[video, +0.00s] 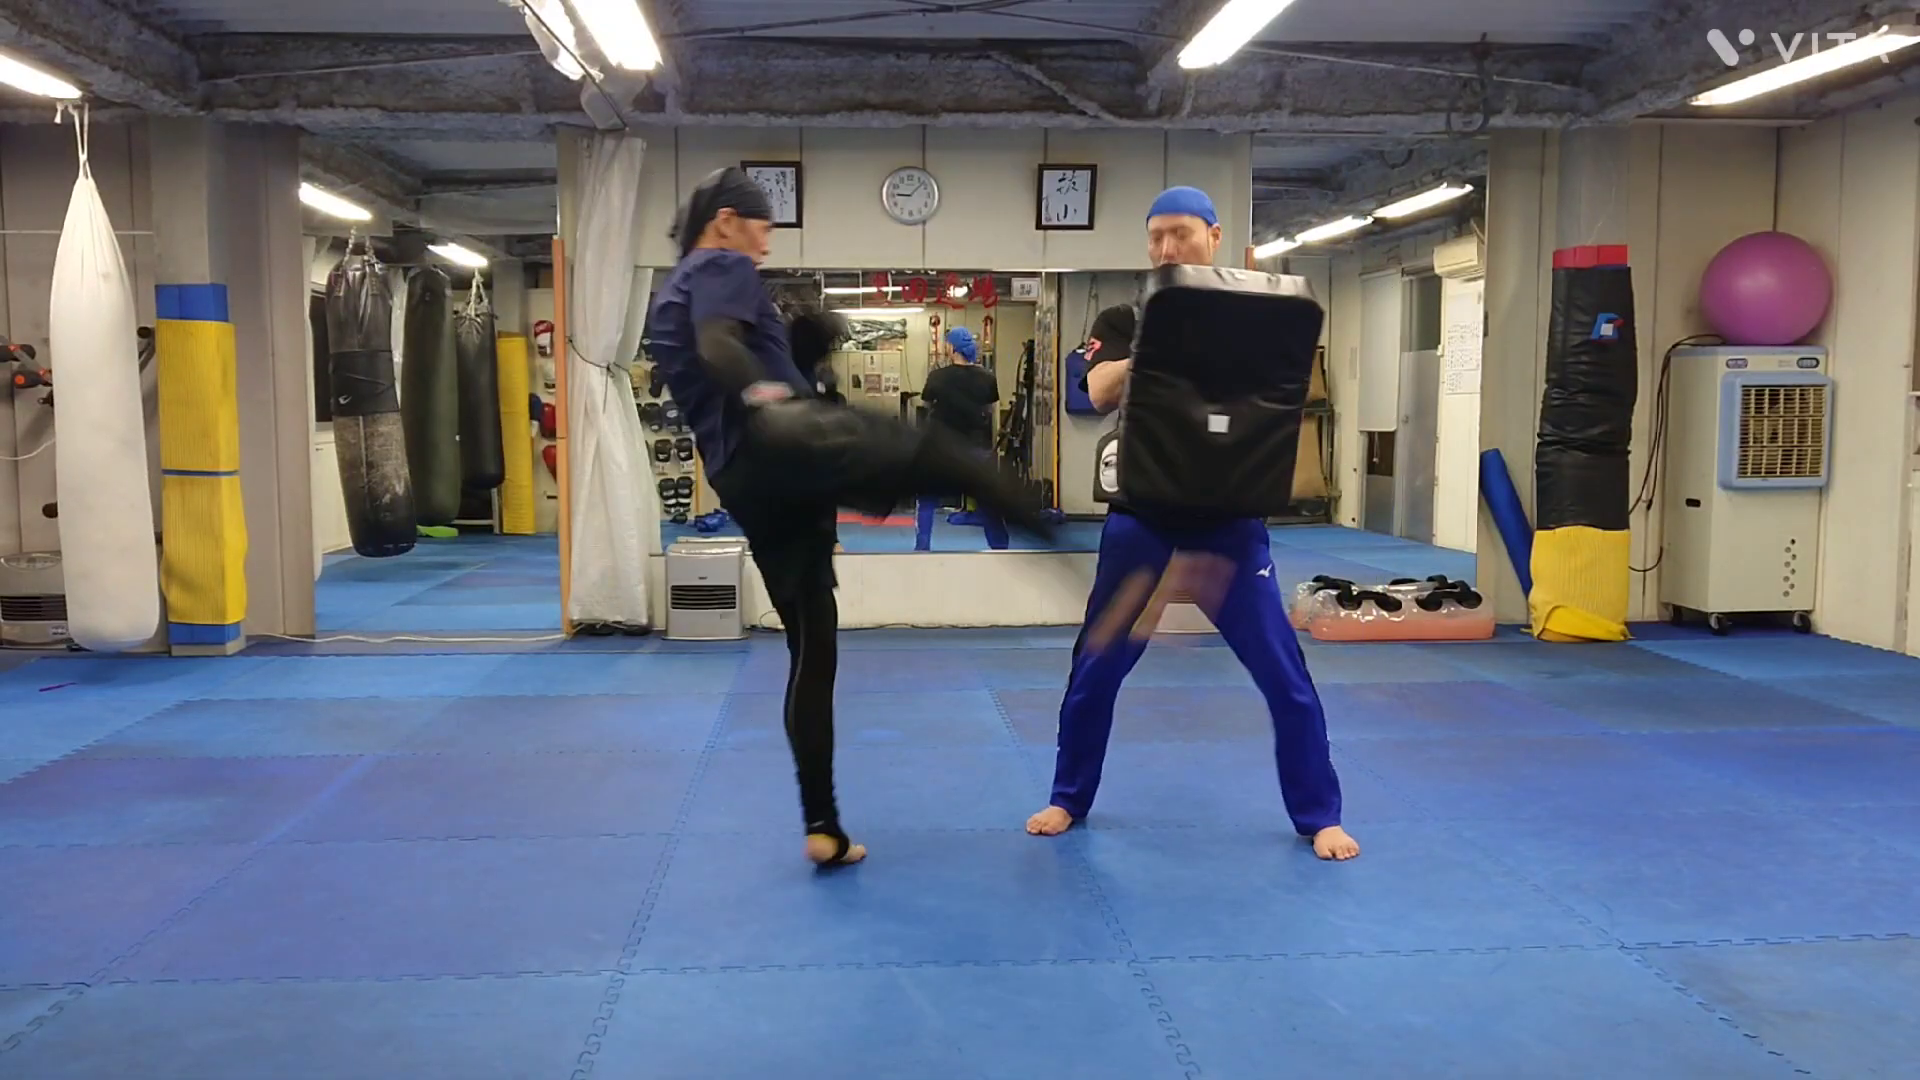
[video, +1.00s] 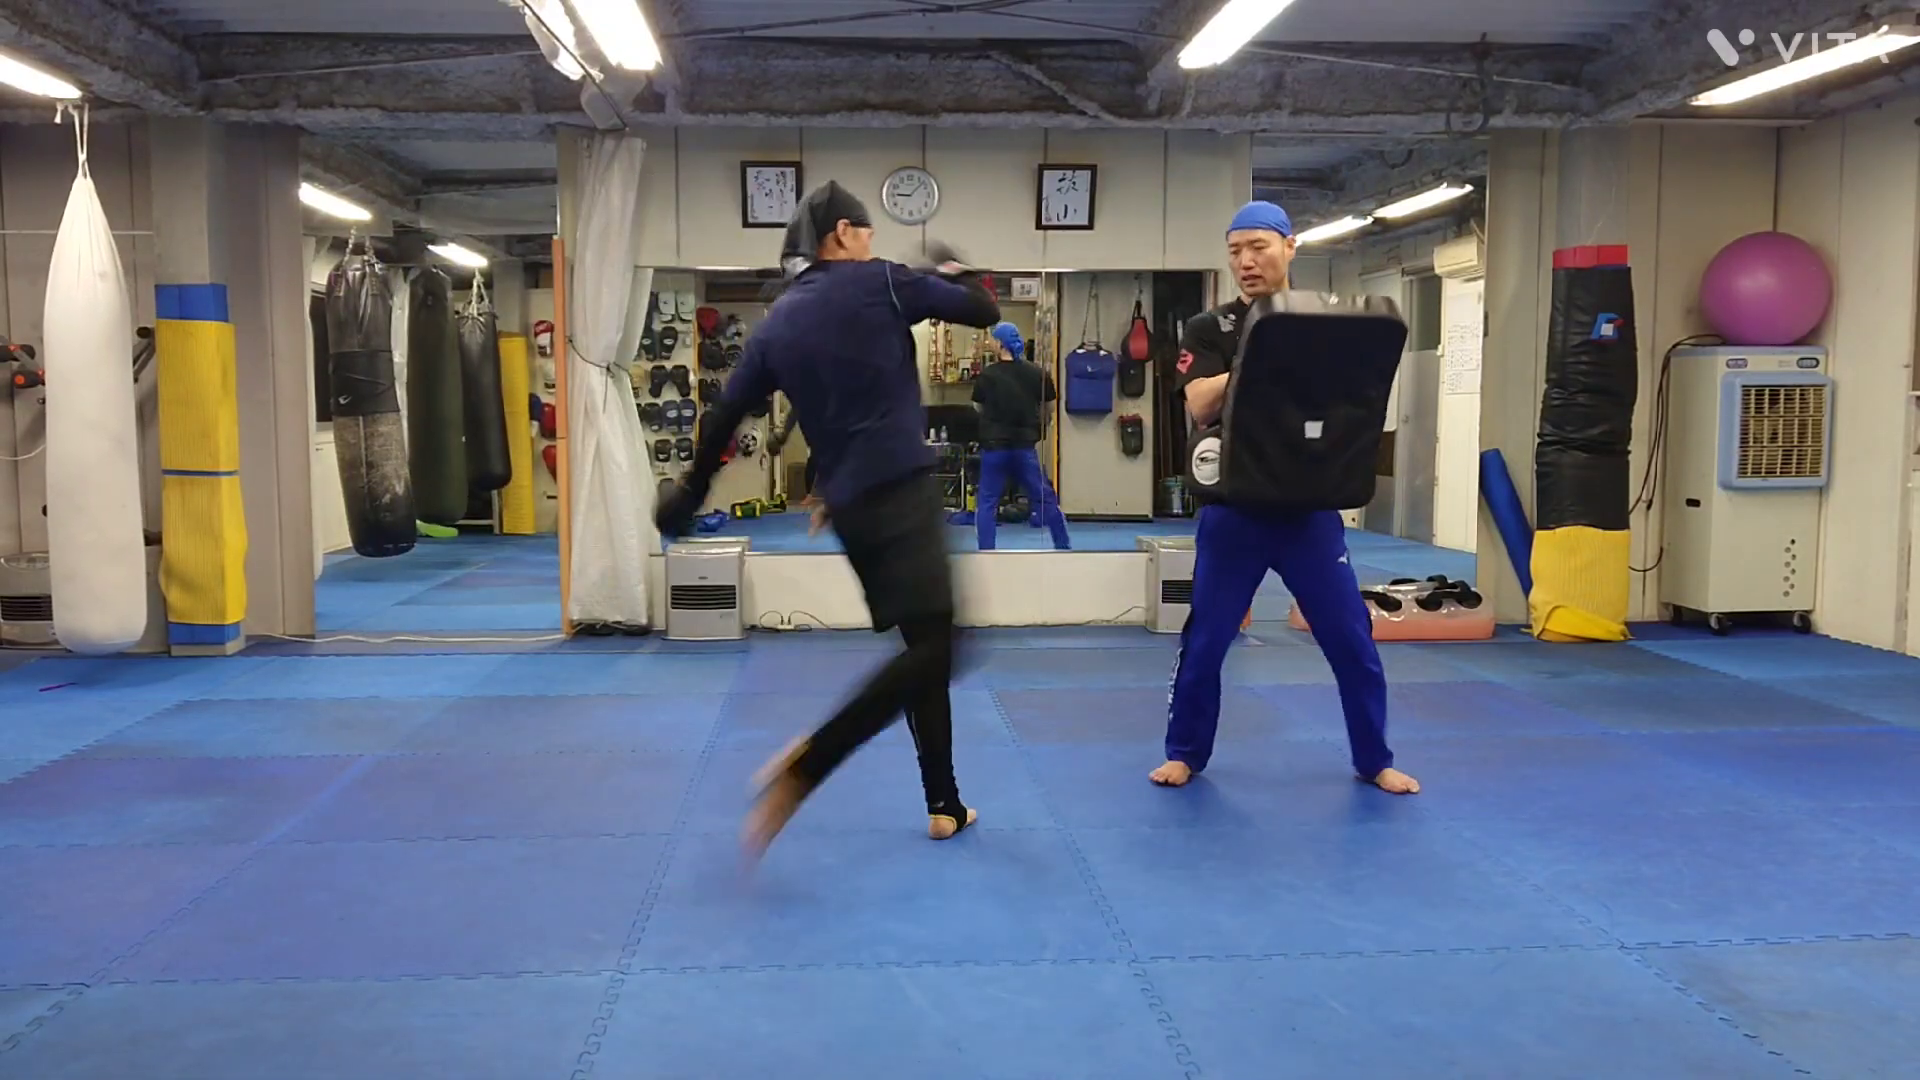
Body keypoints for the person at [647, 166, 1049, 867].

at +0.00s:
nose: (767, 249)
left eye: (768, 237)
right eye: (761, 235)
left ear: (711, 231)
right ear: (726, 223)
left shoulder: (673, 294)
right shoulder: (722, 264)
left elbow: (757, 374)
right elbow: (717, 338)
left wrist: (802, 350)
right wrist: (761, 386)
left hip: (749, 487)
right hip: (778, 440)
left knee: (813, 650)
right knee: (929, 448)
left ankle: (822, 828)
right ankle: (1031, 508)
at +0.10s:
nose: (784, 247)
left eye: (786, 234)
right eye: (780, 233)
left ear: (734, 229)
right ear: (744, 222)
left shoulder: (696, 293)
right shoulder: (741, 273)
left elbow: (725, 387)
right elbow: (746, 357)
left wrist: (803, 362)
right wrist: (819, 387)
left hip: (749, 491)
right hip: (792, 471)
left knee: (813, 657)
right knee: (945, 545)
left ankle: (813, 836)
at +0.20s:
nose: (819, 242)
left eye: (821, 229)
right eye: (814, 226)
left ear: (769, 220)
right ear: (776, 216)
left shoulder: (745, 282)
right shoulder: (758, 273)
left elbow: (794, 406)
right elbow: (781, 362)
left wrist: (861, 389)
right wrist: (891, 365)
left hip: (756, 489)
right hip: (769, 487)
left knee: (820, 654)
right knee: (852, 637)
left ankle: (807, 826)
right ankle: (806, 836)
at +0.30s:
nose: (852, 232)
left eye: (853, 219)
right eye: (845, 216)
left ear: (808, 214)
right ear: (807, 209)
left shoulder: (794, 286)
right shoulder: (765, 266)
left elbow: (808, 401)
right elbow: (777, 355)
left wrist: (887, 373)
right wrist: (874, 343)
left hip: (782, 493)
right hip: (745, 489)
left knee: (818, 649)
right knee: (770, 655)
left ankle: (803, 831)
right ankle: (704, 853)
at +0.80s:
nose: (882, 251)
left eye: (884, 237)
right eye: (881, 234)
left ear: (844, 223)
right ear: (852, 222)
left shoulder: (824, 297)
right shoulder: (795, 289)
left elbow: (819, 426)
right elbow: (852, 381)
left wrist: (883, 487)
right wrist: (933, 351)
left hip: (822, 517)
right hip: (774, 517)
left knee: (872, 634)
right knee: (748, 682)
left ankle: (909, 795)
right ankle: (699, 865)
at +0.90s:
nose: (885, 244)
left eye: (883, 233)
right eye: (880, 232)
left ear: (832, 233)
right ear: (853, 229)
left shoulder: (791, 308)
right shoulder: (853, 292)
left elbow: (763, 419)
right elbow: (952, 336)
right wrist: (945, 284)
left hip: (822, 511)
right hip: (831, 514)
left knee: (909, 633)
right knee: (793, 680)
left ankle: (943, 803)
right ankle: (705, 857)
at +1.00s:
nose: (872, 246)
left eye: (868, 235)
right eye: (867, 235)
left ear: (816, 243)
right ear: (842, 236)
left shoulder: (778, 324)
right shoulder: (879, 282)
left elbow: (724, 415)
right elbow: (980, 308)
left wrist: (690, 492)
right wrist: (949, 277)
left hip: (852, 503)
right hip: (905, 485)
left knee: (925, 649)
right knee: (933, 648)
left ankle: (944, 806)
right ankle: (803, 767)